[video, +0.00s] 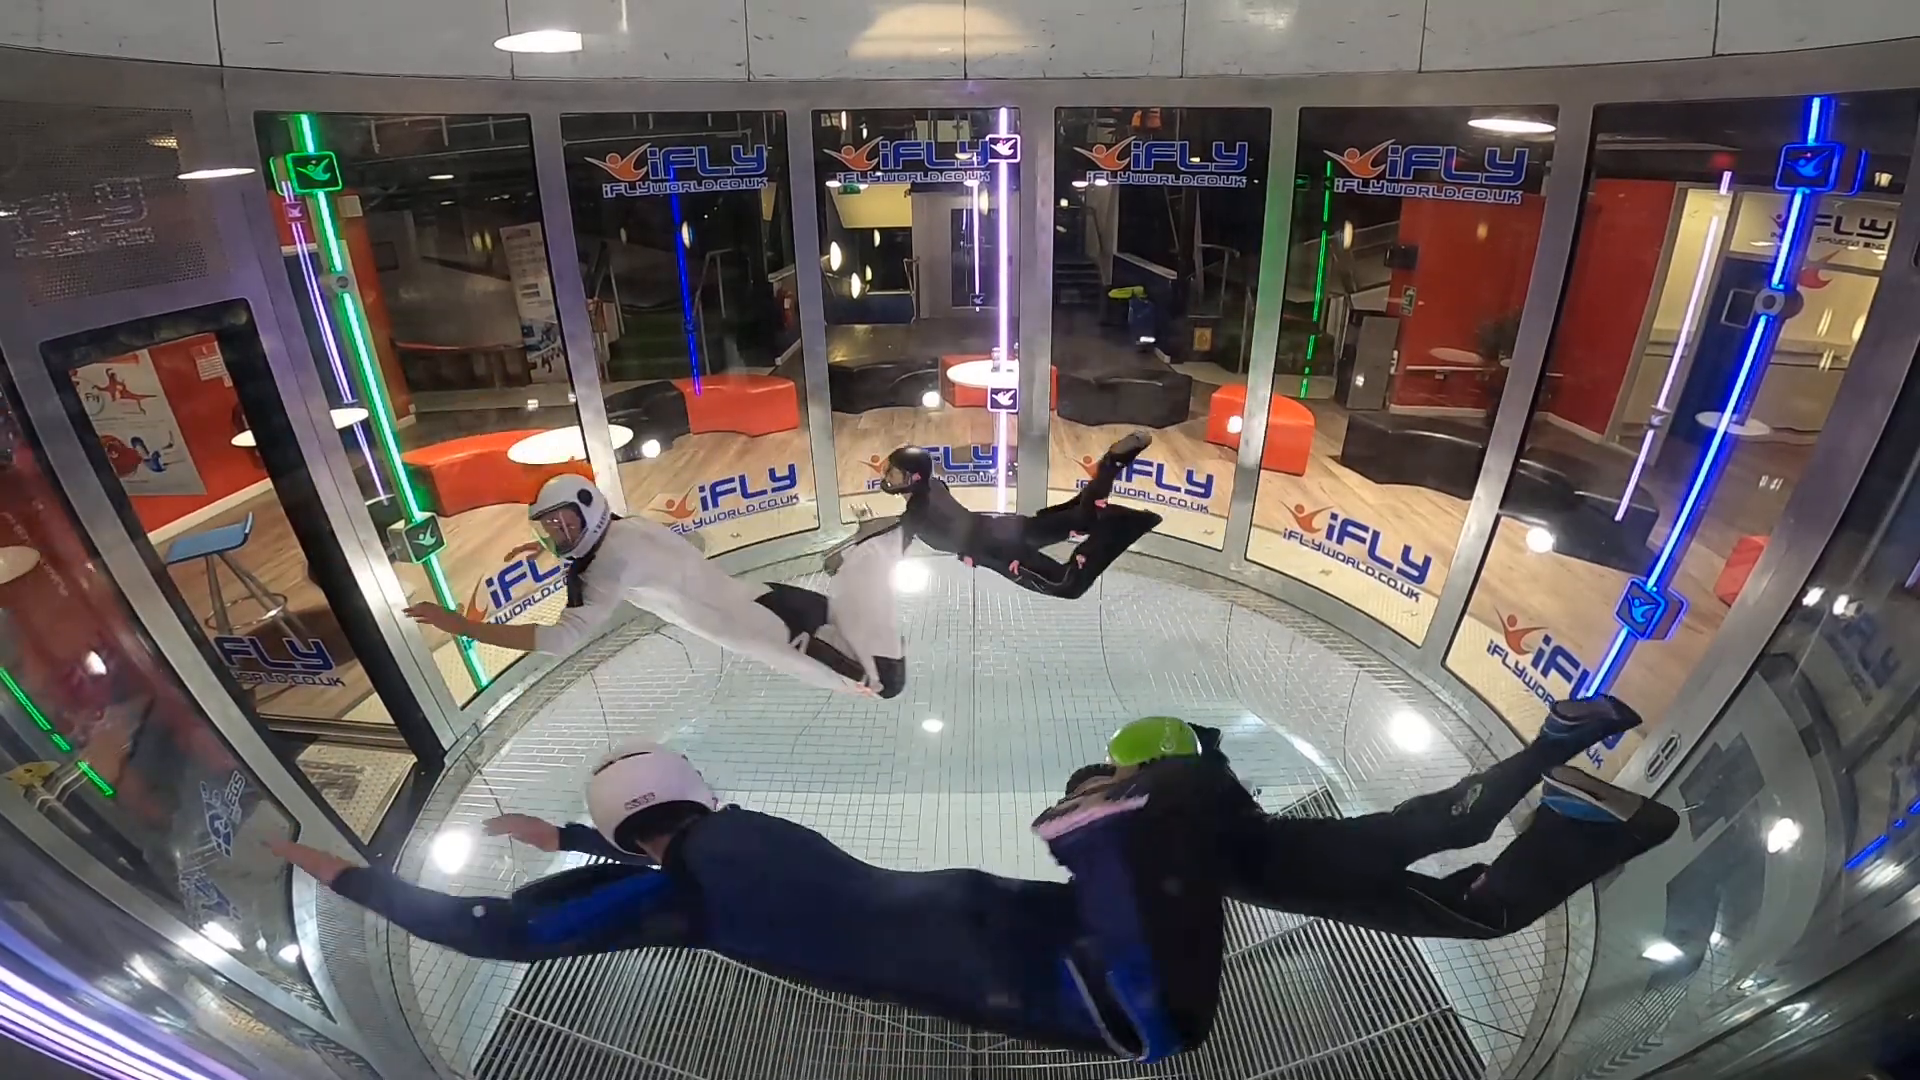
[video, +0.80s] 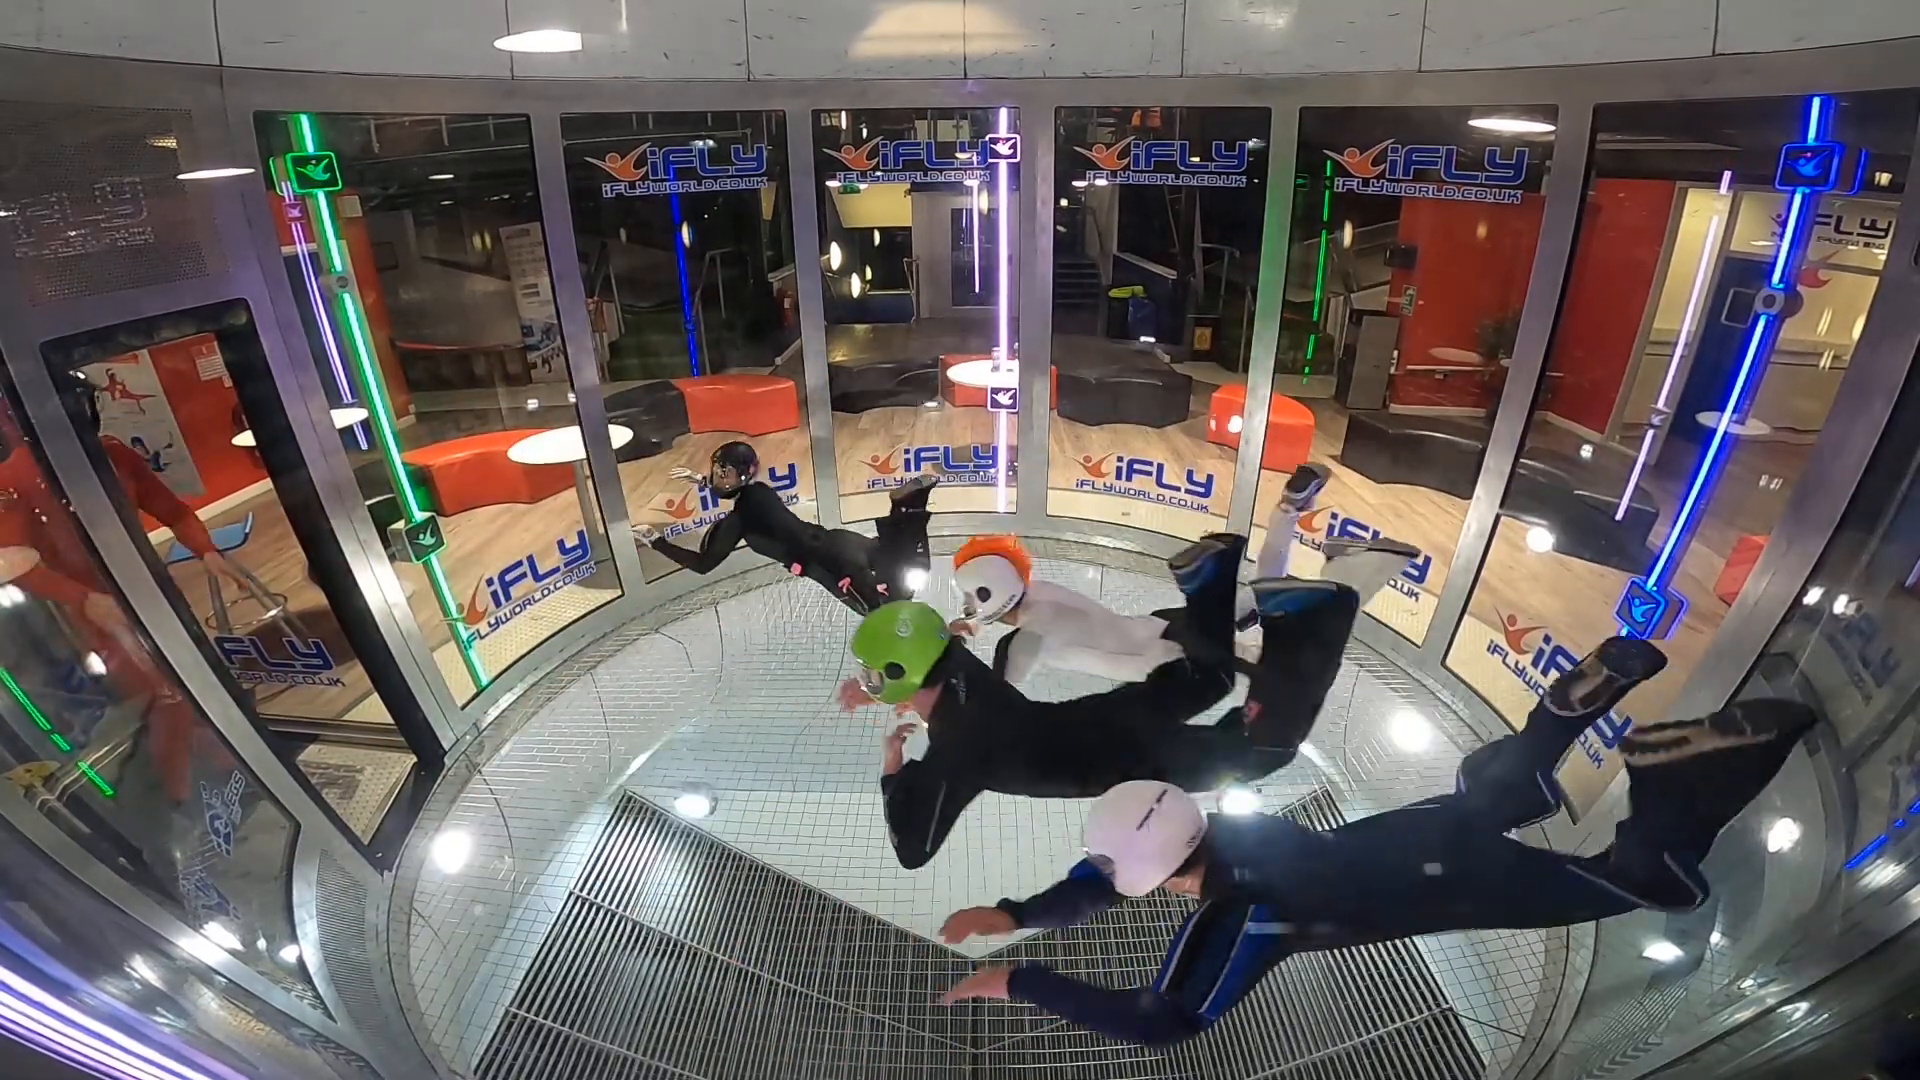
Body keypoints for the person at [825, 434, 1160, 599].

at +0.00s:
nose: (891, 481)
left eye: (897, 475)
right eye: (890, 475)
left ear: (912, 477)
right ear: (913, 475)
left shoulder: (917, 505)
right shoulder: (926, 490)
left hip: (998, 549)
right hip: (1003, 527)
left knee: (1069, 586)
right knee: (1077, 517)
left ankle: (1112, 527)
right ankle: (1115, 463)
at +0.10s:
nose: (867, 468)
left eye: (874, 464)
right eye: (869, 462)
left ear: (893, 469)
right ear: (897, 467)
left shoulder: (898, 500)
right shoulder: (910, 483)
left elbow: (860, 547)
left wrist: (845, 507)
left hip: (977, 545)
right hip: (983, 521)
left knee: (1044, 589)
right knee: (1056, 520)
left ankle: (1078, 532)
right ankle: (1091, 473)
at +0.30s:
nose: (827, 459)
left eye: (835, 454)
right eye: (828, 452)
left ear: (853, 458)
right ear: (853, 457)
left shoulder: (851, 497)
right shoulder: (866, 475)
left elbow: (812, 536)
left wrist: (797, 502)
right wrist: (821, 508)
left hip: (931, 548)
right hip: (938, 527)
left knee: (981, 595)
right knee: (1004, 527)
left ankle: (1025, 549)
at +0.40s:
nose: (802, 458)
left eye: (809, 453)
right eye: (802, 451)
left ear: (827, 458)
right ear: (828, 457)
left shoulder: (828, 494)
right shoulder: (842, 474)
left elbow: (795, 531)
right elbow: (810, 517)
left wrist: (768, 500)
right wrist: (792, 513)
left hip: (908, 550)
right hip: (913, 526)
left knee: (965, 603)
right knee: (979, 531)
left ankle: (1014, 543)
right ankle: (1002, 480)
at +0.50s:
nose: (779, 462)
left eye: (786, 456)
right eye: (779, 455)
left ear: (803, 460)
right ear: (803, 456)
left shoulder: (803, 496)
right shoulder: (819, 475)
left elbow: (764, 538)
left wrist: (738, 502)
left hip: (888, 544)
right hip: (892, 524)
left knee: (944, 600)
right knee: (957, 534)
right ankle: (960, 475)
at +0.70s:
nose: (734, 470)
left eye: (741, 465)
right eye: (734, 464)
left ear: (759, 470)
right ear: (754, 468)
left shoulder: (760, 508)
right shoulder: (777, 483)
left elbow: (723, 555)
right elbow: (749, 481)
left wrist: (681, 530)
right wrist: (725, 476)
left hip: (849, 555)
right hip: (856, 535)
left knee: (916, 605)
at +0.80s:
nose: (716, 476)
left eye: (723, 471)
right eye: (716, 470)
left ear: (744, 474)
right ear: (734, 474)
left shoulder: (746, 507)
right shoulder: (755, 493)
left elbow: (704, 563)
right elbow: (729, 491)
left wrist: (656, 542)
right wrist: (705, 483)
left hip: (829, 556)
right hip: (836, 544)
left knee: (889, 611)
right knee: (905, 581)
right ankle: (909, 505)